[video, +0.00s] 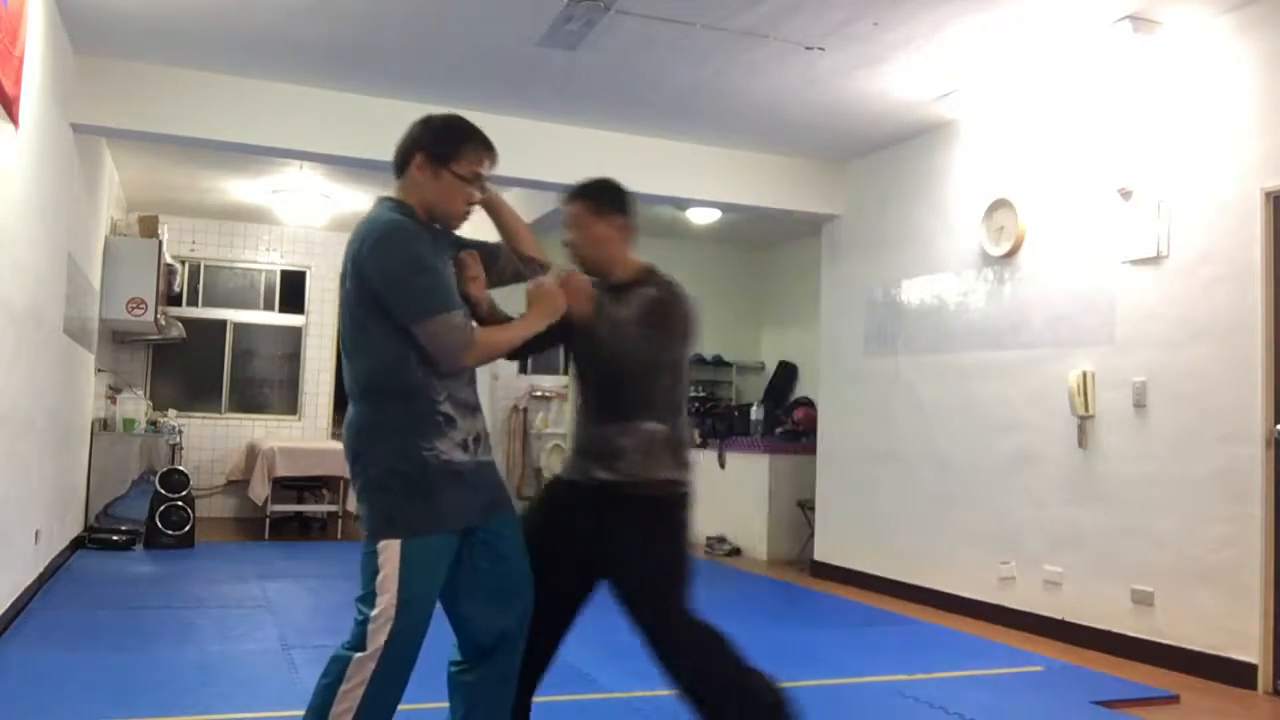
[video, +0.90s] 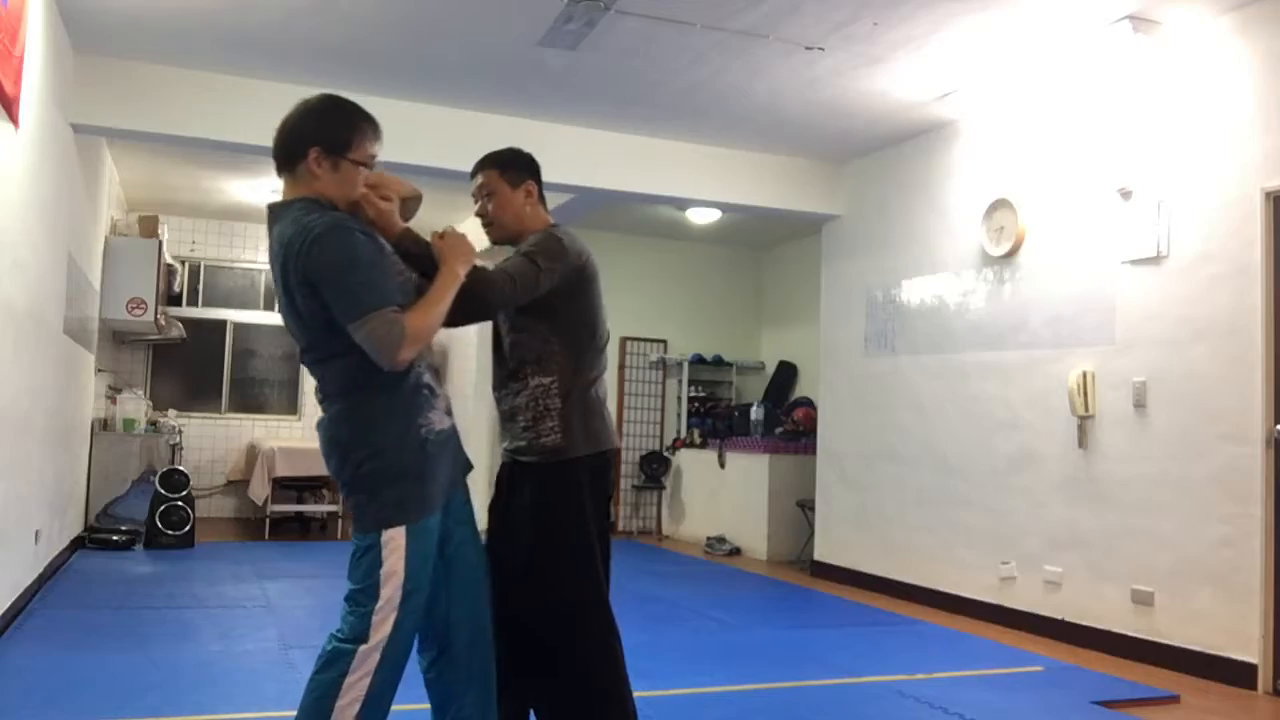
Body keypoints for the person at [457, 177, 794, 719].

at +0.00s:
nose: (571, 243)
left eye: (579, 229)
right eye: (568, 231)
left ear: (617, 226)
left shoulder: (665, 300)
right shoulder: (589, 296)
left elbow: (638, 368)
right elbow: (526, 345)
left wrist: (587, 312)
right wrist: (484, 305)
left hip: (648, 495)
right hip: (583, 488)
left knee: (664, 624)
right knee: (521, 626)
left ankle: (758, 710)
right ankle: (499, 709)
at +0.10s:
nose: (526, 229)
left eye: (534, 215)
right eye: (525, 216)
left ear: (570, 213)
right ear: (566, 217)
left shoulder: (616, 281)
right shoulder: (556, 287)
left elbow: (578, 346)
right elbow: (518, 339)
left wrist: (518, 281)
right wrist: (470, 291)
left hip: (617, 484)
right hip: (560, 478)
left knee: (612, 619)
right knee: (515, 625)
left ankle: (680, 713)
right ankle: (502, 709)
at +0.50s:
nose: (469, 213)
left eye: (477, 198)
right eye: (466, 202)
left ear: (520, 194)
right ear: (510, 199)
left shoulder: (551, 250)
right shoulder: (515, 260)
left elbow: (514, 309)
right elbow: (479, 312)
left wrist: (440, 243)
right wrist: (429, 246)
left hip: (564, 462)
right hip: (523, 462)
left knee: (572, 618)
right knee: (527, 619)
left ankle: (596, 714)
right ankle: (535, 710)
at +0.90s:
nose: (477, 211)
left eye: (487, 197)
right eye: (475, 201)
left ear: (528, 193)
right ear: (523, 199)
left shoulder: (558, 250)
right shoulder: (525, 261)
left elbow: (479, 292)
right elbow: (456, 303)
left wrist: (394, 228)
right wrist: (385, 232)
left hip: (571, 462)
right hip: (524, 461)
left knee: (568, 612)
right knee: (509, 606)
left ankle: (595, 714)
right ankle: (513, 709)